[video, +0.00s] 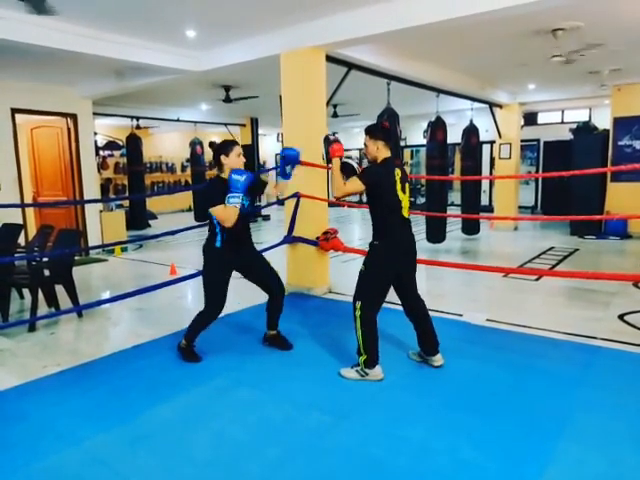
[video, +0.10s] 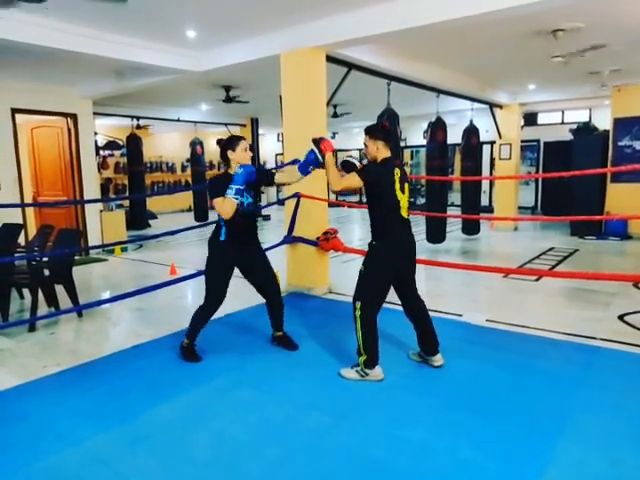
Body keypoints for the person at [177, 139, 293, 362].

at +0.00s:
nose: (243, 159)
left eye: (242, 155)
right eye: (238, 155)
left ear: (237, 159)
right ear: (224, 159)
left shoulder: (246, 180)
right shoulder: (210, 188)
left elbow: (276, 192)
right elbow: (227, 220)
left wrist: (285, 171)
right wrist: (237, 190)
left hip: (243, 250)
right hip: (217, 254)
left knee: (277, 290)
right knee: (214, 308)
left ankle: (272, 333)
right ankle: (186, 343)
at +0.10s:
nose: (250, 154)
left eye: (249, 150)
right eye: (245, 150)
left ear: (246, 153)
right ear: (230, 154)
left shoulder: (254, 174)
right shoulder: (218, 181)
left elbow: (286, 177)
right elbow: (225, 212)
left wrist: (309, 161)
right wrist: (237, 183)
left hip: (249, 245)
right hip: (223, 246)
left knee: (272, 289)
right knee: (214, 299)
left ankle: (279, 333)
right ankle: (188, 342)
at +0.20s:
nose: (258, 149)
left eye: (257, 144)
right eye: (253, 146)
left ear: (251, 150)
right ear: (239, 151)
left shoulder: (259, 176)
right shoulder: (232, 175)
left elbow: (277, 204)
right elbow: (250, 192)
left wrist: (291, 187)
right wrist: (265, 167)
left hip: (256, 242)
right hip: (231, 243)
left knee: (273, 289)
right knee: (215, 292)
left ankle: (278, 334)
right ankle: (191, 338)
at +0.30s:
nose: (261, 149)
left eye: (260, 145)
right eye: (256, 147)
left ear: (250, 150)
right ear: (243, 152)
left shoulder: (255, 171)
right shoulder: (252, 169)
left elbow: (261, 210)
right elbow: (291, 166)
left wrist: (277, 196)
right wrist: (316, 152)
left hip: (255, 242)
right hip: (234, 242)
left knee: (272, 287)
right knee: (222, 291)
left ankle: (278, 333)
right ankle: (194, 330)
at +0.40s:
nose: (260, 150)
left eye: (259, 146)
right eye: (255, 148)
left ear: (247, 151)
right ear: (241, 153)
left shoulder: (248, 171)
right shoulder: (254, 171)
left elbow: (259, 196)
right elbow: (295, 164)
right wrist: (317, 145)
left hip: (255, 244)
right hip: (235, 244)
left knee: (273, 288)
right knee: (223, 292)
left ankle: (278, 334)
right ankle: (196, 331)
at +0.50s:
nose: (255, 154)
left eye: (255, 149)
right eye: (250, 150)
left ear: (251, 151)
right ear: (236, 154)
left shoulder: (252, 172)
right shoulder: (243, 174)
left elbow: (278, 186)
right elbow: (280, 187)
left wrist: (285, 169)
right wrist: (291, 167)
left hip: (254, 243)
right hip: (234, 244)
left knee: (273, 288)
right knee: (225, 295)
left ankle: (278, 334)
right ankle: (198, 337)